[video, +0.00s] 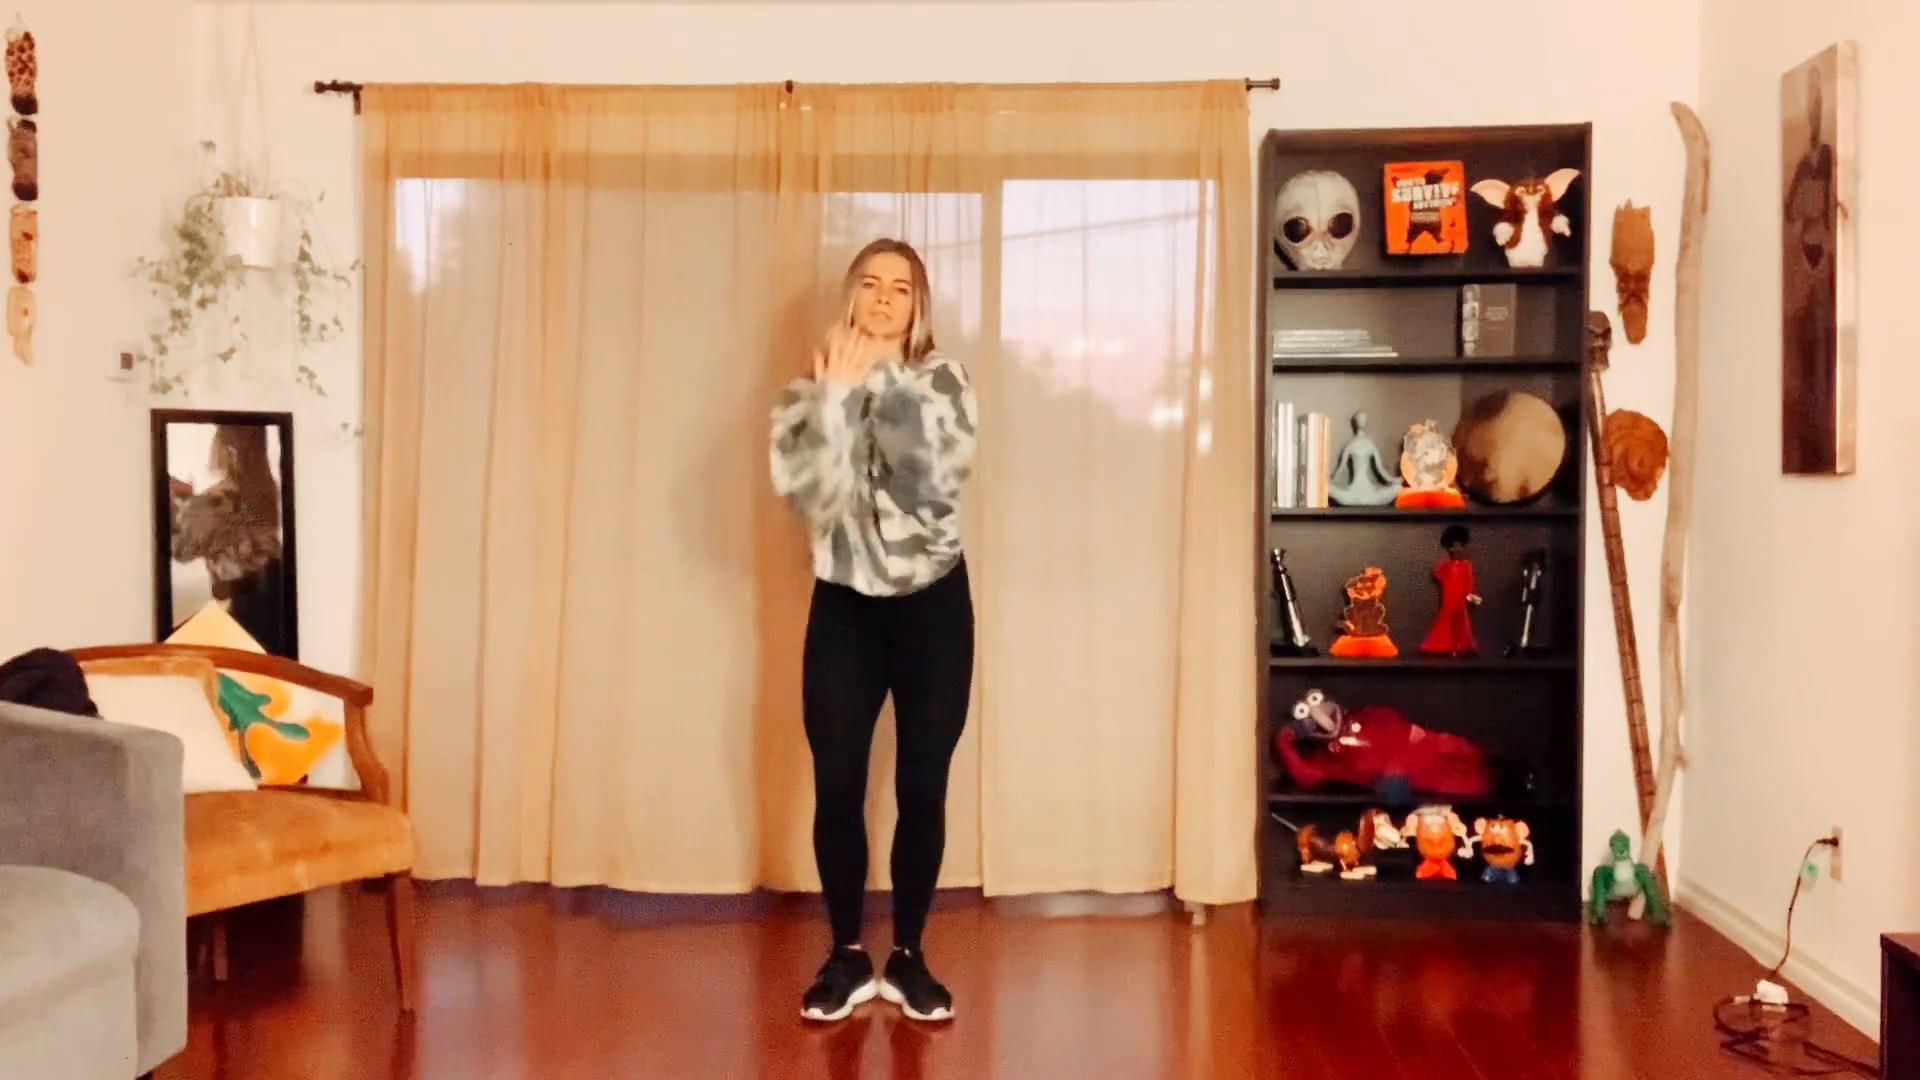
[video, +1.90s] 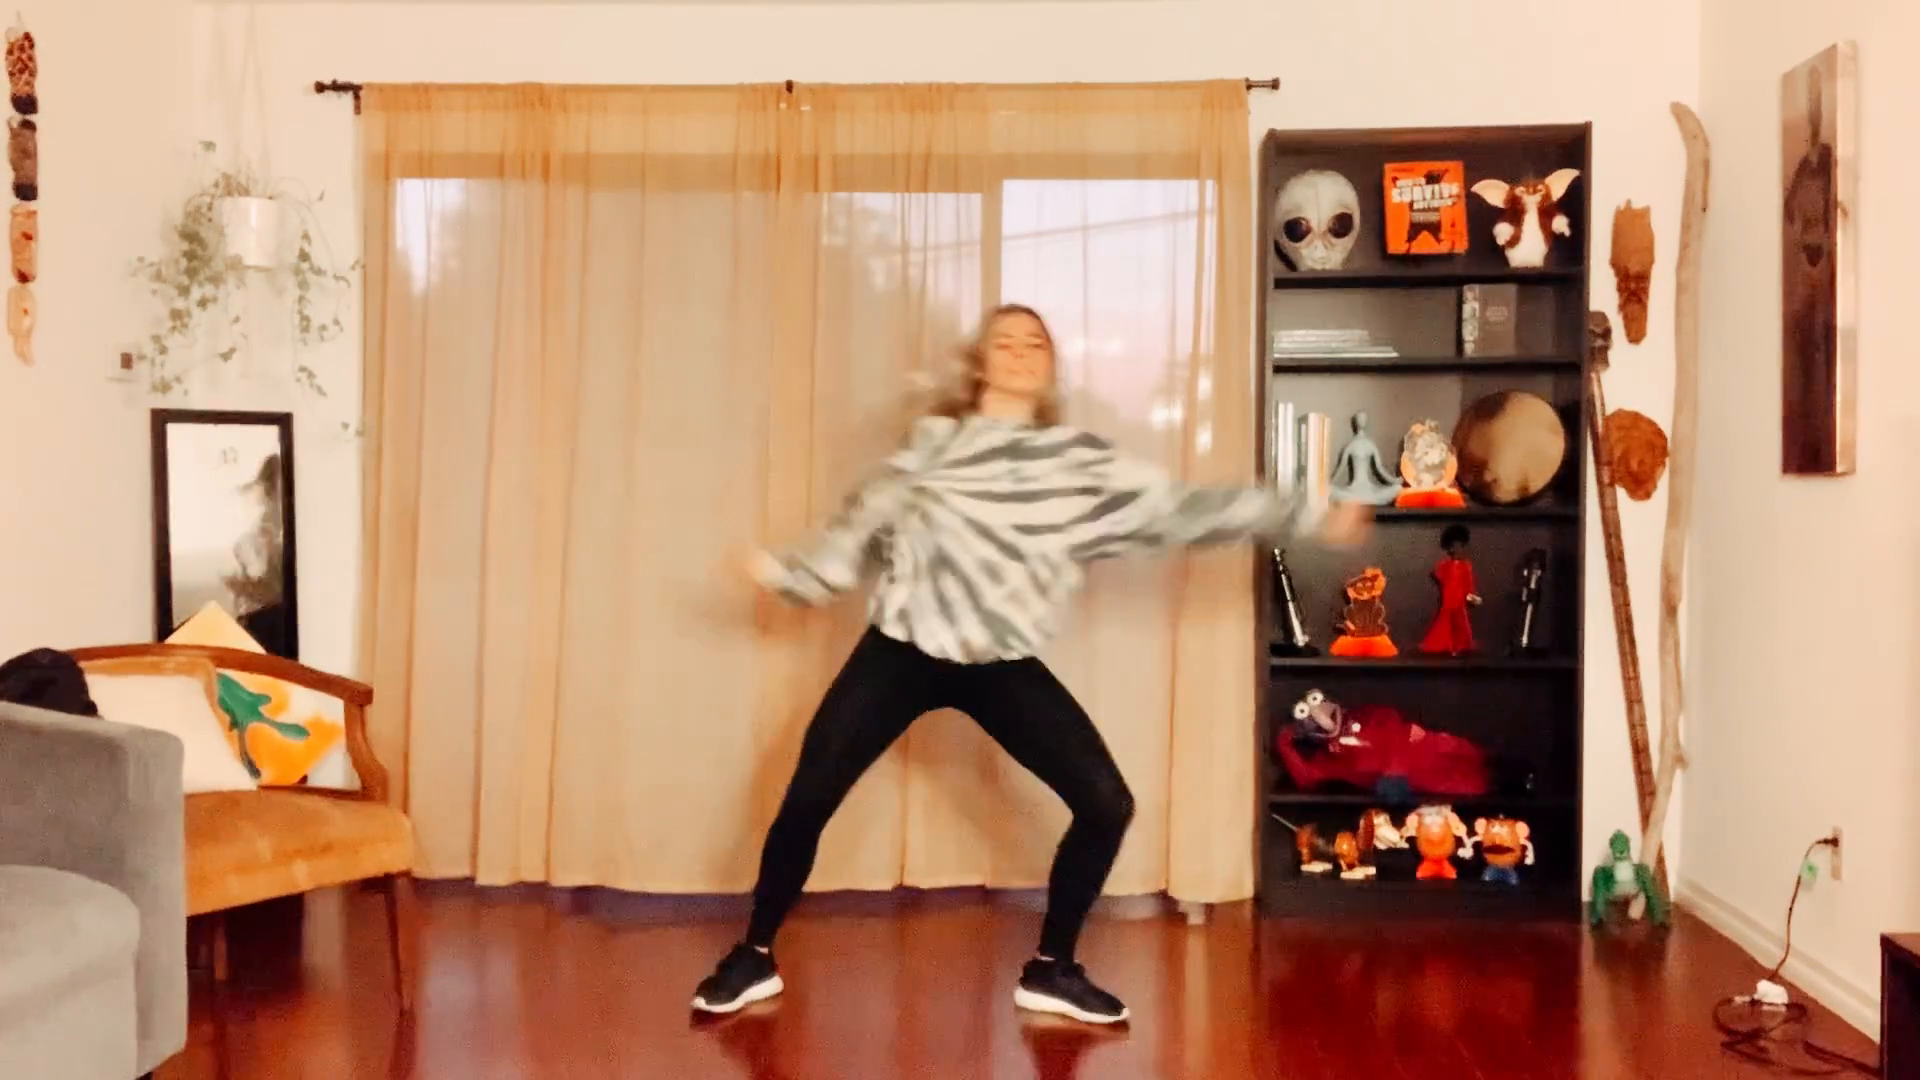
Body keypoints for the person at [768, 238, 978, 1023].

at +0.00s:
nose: (883, 298)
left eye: (900, 289)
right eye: (870, 284)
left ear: (919, 306)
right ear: (846, 297)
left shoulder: (941, 383)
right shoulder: (810, 395)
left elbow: (937, 489)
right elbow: (811, 498)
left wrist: (888, 385)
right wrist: (836, 392)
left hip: (933, 609)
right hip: (844, 609)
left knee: (921, 791)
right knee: (838, 789)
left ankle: (906, 958)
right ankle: (849, 958)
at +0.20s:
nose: (893, 297)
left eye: (909, 287)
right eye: (879, 284)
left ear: (929, 303)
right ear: (858, 297)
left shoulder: (951, 384)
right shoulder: (820, 387)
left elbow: (941, 460)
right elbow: (810, 461)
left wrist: (876, 474)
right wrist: (866, 473)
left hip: (932, 607)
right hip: (843, 605)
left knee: (918, 788)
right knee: (837, 786)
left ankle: (905, 959)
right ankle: (848, 956)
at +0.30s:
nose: (896, 297)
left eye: (912, 286)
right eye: (882, 285)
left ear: (933, 301)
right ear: (862, 299)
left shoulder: (956, 390)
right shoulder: (820, 390)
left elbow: (963, 489)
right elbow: (798, 494)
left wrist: (951, 574)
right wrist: (799, 581)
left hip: (929, 608)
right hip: (838, 605)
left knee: (919, 791)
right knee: (837, 788)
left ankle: (905, 959)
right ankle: (848, 956)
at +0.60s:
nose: (889, 295)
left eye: (905, 284)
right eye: (875, 283)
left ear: (927, 300)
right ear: (856, 297)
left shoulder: (953, 383)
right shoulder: (831, 382)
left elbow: (1008, 468)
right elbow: (794, 472)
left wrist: (1070, 533)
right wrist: (728, 523)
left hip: (927, 607)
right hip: (834, 606)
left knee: (913, 790)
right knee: (834, 791)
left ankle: (905, 958)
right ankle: (848, 958)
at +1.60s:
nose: (876, 334)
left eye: (891, 326)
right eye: (863, 322)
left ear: (910, 344)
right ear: (838, 335)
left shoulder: (947, 426)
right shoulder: (801, 426)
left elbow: (1012, 531)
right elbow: (715, 472)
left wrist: (1059, 630)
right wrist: (624, 462)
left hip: (961, 626)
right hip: (865, 634)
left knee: (1001, 797)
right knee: (794, 790)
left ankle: (1013, 963)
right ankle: (765, 954)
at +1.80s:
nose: (952, 347)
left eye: (964, 339)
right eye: (937, 334)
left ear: (979, 357)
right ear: (906, 348)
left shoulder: (1007, 449)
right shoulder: (866, 430)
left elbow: (1072, 549)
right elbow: (792, 467)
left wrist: (1152, 605)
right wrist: (717, 456)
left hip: (987, 653)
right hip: (888, 648)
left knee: (1086, 800)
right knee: (801, 796)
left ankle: (1049, 969)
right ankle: (755, 955)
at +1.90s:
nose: (1018, 347)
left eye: (1033, 341)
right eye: (1004, 338)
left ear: (1054, 368)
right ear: (977, 359)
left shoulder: (1084, 462)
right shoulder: (934, 442)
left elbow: (1185, 508)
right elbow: (863, 522)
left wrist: (1303, 512)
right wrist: (800, 574)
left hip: (1002, 662)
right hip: (902, 647)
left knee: (1106, 805)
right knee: (807, 797)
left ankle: (1051, 969)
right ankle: (752, 955)